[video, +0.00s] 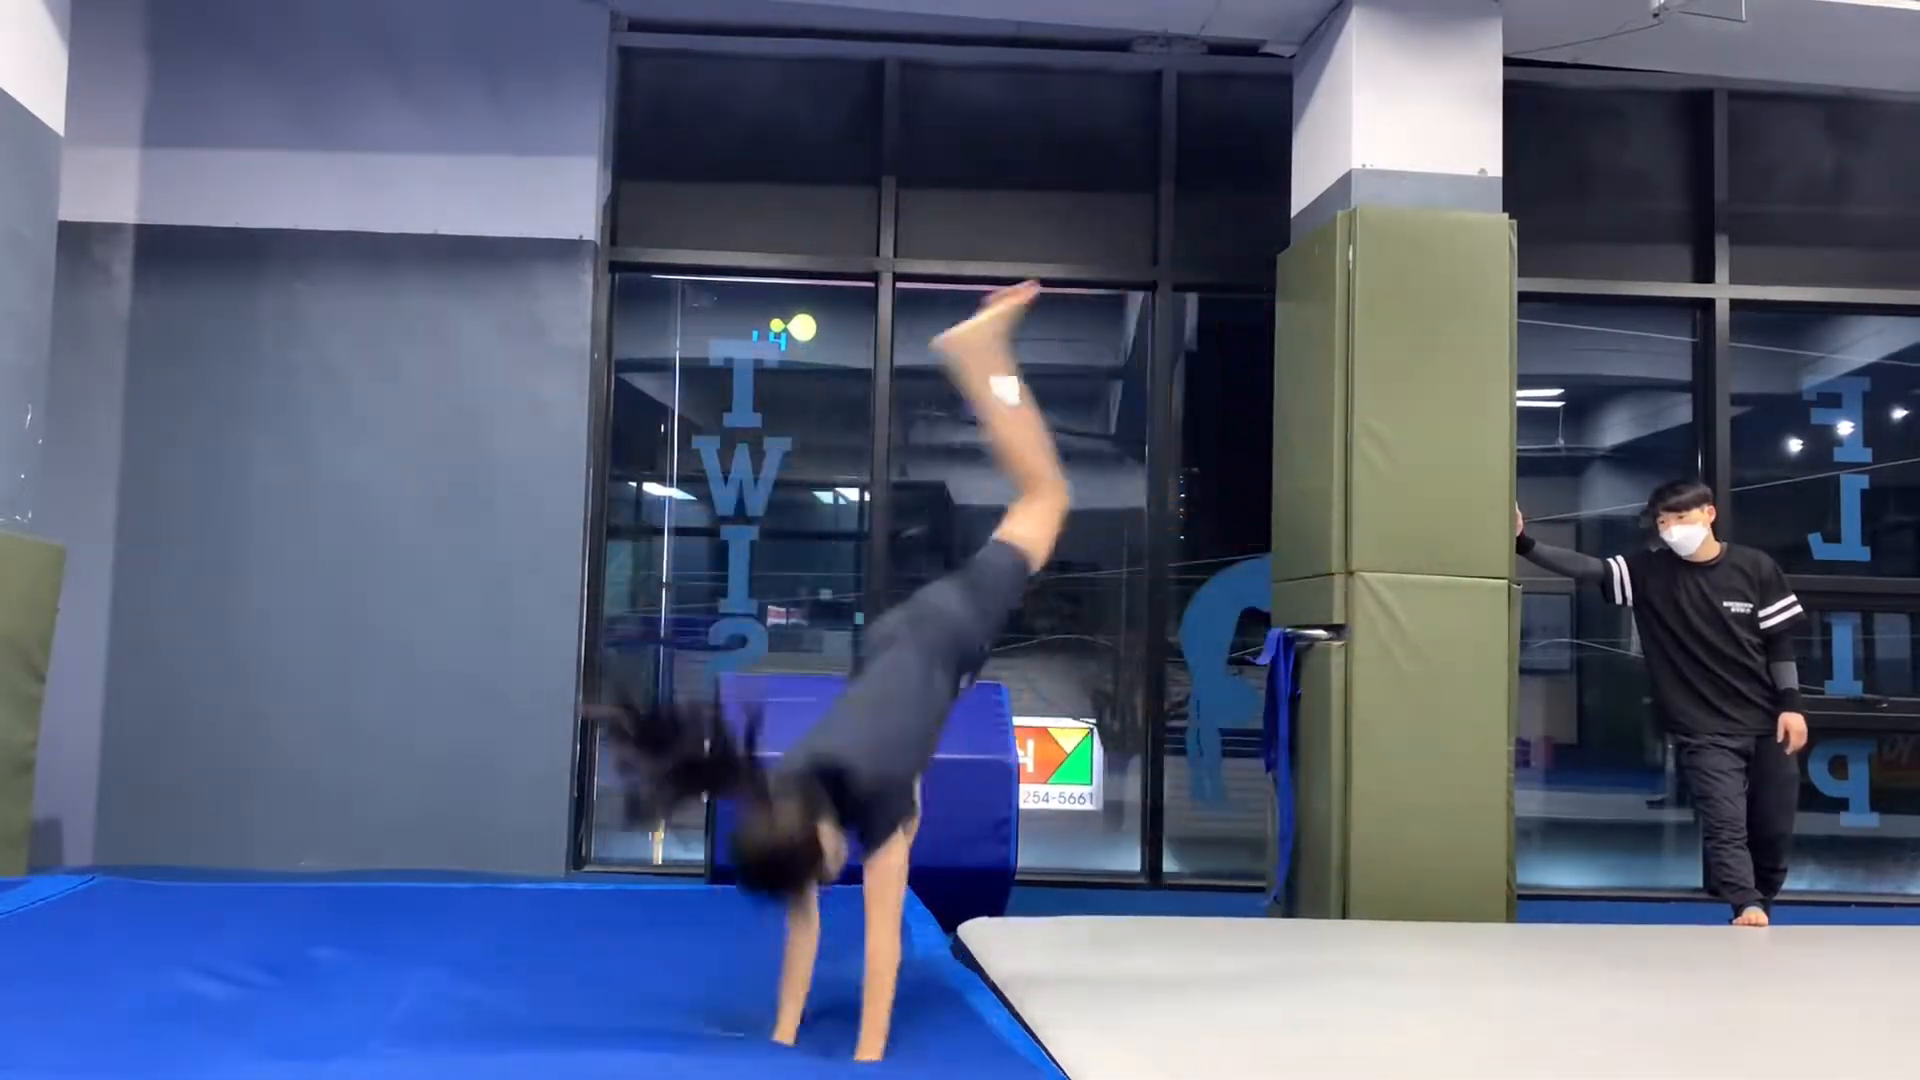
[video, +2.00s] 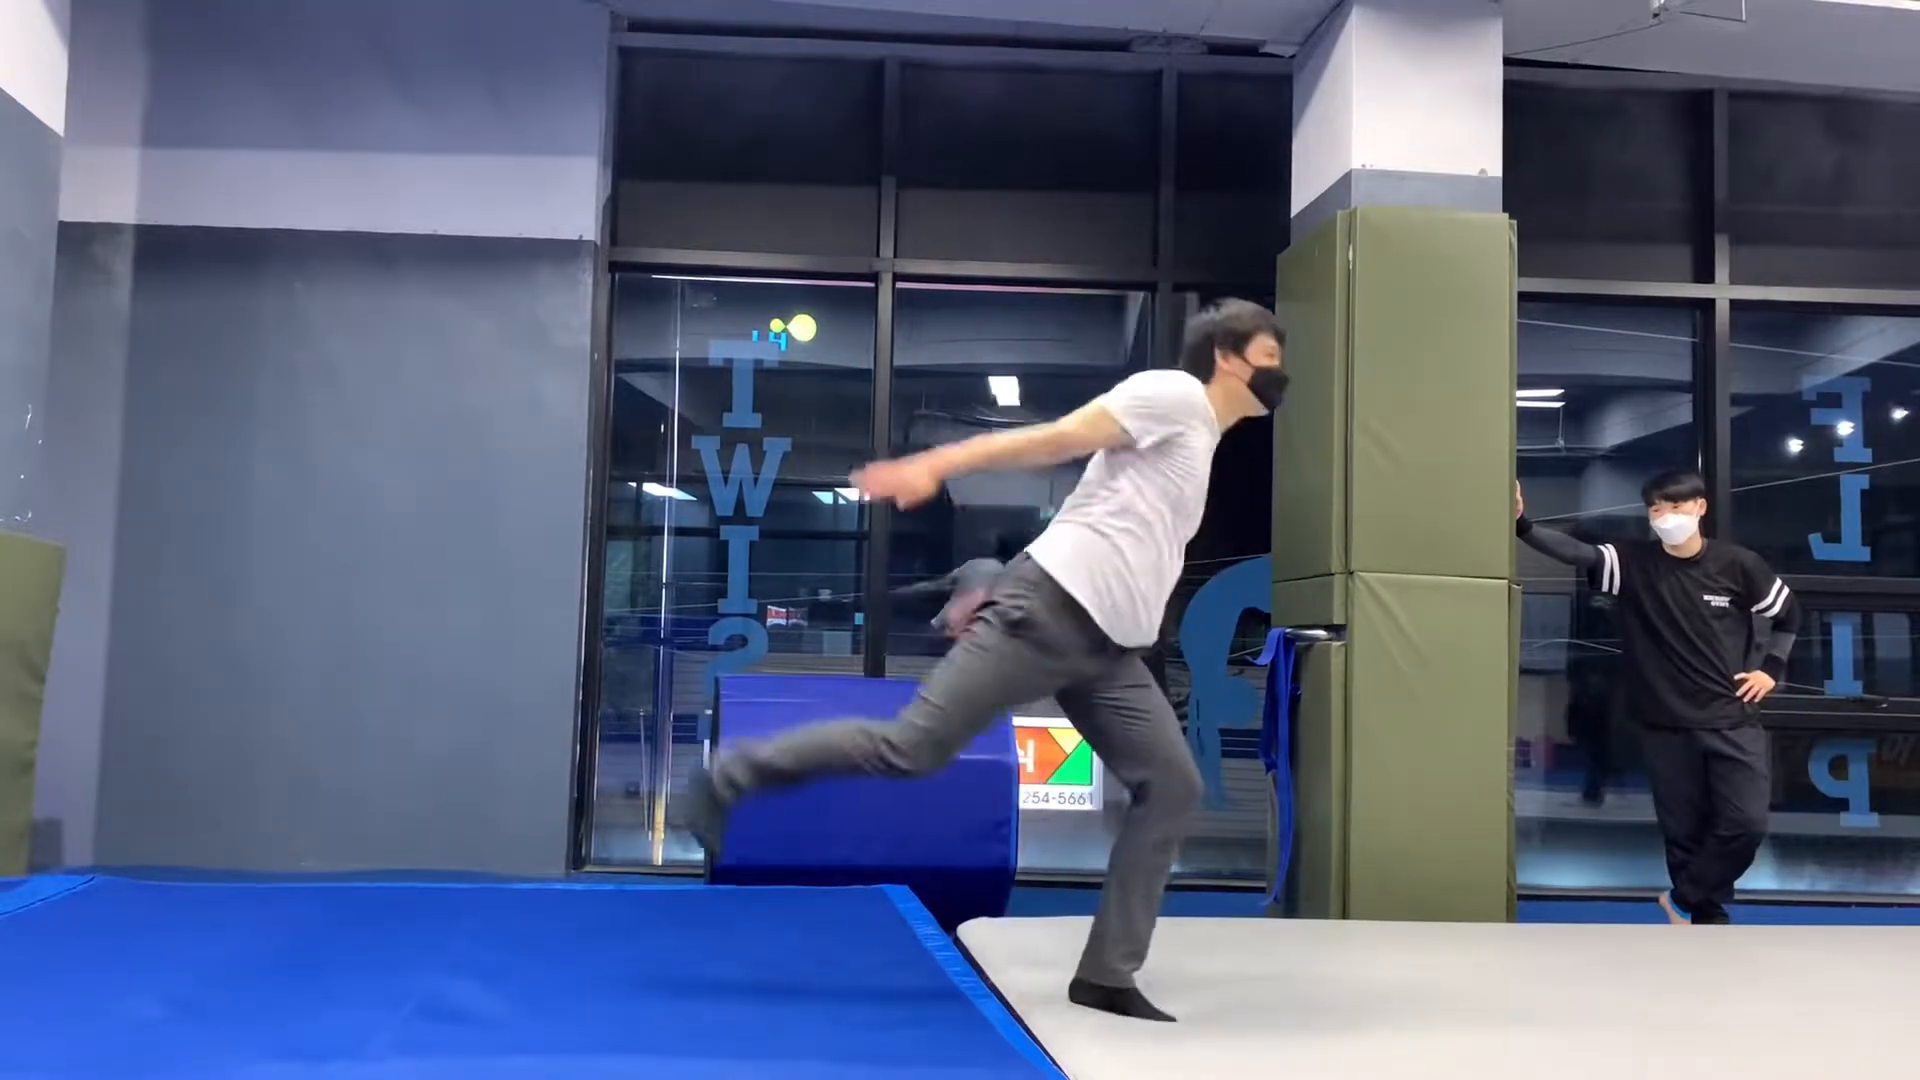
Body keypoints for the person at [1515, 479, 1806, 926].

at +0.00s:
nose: (1669, 526)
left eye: (1680, 515)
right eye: (1663, 518)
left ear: (1709, 514)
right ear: (1656, 524)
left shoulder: (1755, 568)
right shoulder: (1649, 570)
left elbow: (1780, 644)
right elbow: (1587, 568)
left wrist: (1791, 705)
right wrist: (1525, 543)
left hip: (1766, 724)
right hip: (1703, 728)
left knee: (1776, 829)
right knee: (1725, 818)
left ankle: (1759, 900)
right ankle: (1746, 907)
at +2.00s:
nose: (1664, 512)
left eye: (1675, 503)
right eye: (1656, 505)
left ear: (1700, 508)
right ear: (1648, 513)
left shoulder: (1738, 564)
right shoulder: (1633, 561)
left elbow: (1788, 615)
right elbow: (1578, 552)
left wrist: (1770, 669)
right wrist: (1523, 526)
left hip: (1731, 718)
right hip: (1666, 722)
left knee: (1747, 823)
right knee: (1682, 832)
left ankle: (1684, 899)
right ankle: (1714, 928)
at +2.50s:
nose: (1664, 512)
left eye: (1675, 502)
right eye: (1656, 505)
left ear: (1699, 506)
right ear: (1648, 513)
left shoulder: (1740, 565)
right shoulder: (1634, 562)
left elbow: (1789, 615)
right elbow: (1578, 552)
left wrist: (1771, 670)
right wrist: (1523, 526)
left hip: (1732, 720)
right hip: (1667, 724)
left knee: (1748, 824)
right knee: (1683, 833)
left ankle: (1684, 900)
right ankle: (1717, 931)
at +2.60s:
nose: (1663, 512)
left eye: (1674, 501)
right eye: (1656, 504)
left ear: (1699, 506)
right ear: (1648, 513)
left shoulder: (1740, 565)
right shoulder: (1634, 562)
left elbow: (1789, 615)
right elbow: (1576, 552)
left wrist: (1770, 670)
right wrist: (1523, 525)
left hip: (1732, 720)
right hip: (1667, 724)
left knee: (1748, 825)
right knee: (1683, 835)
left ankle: (1683, 900)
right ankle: (1718, 933)